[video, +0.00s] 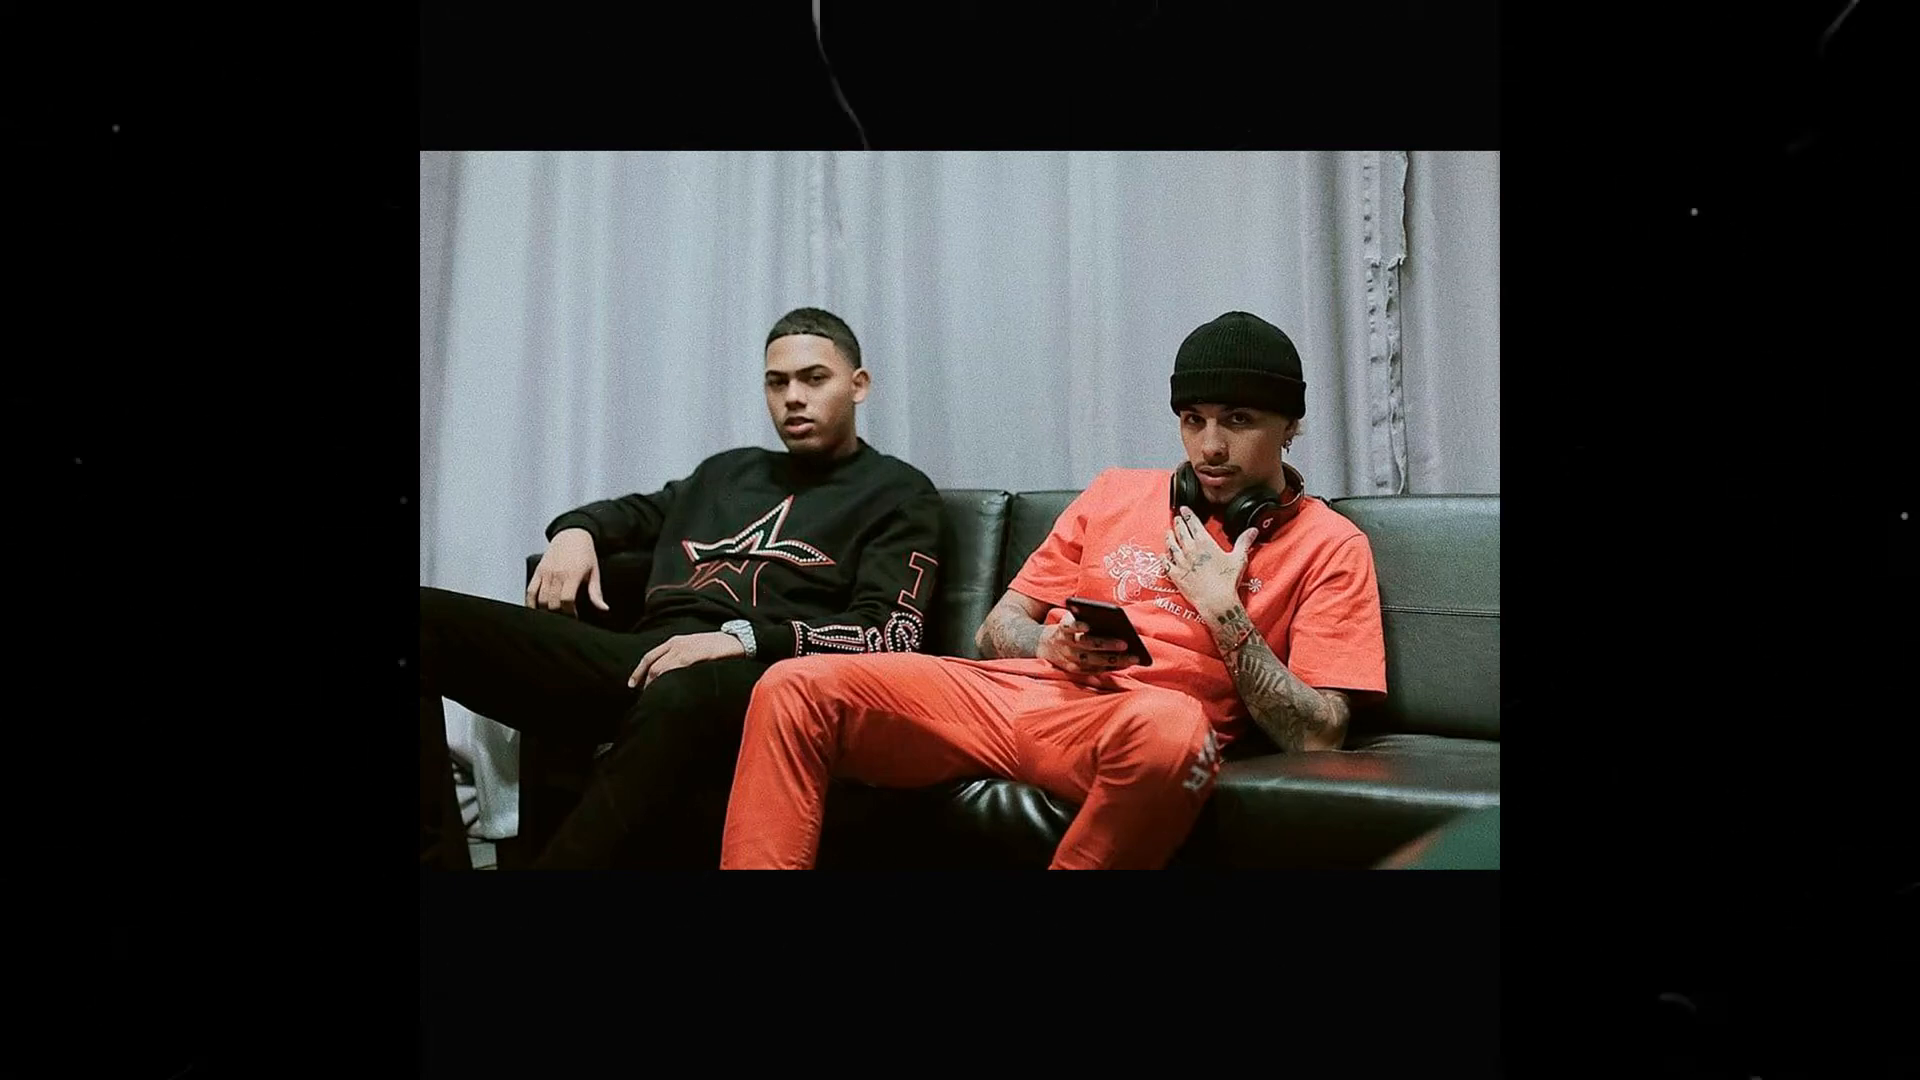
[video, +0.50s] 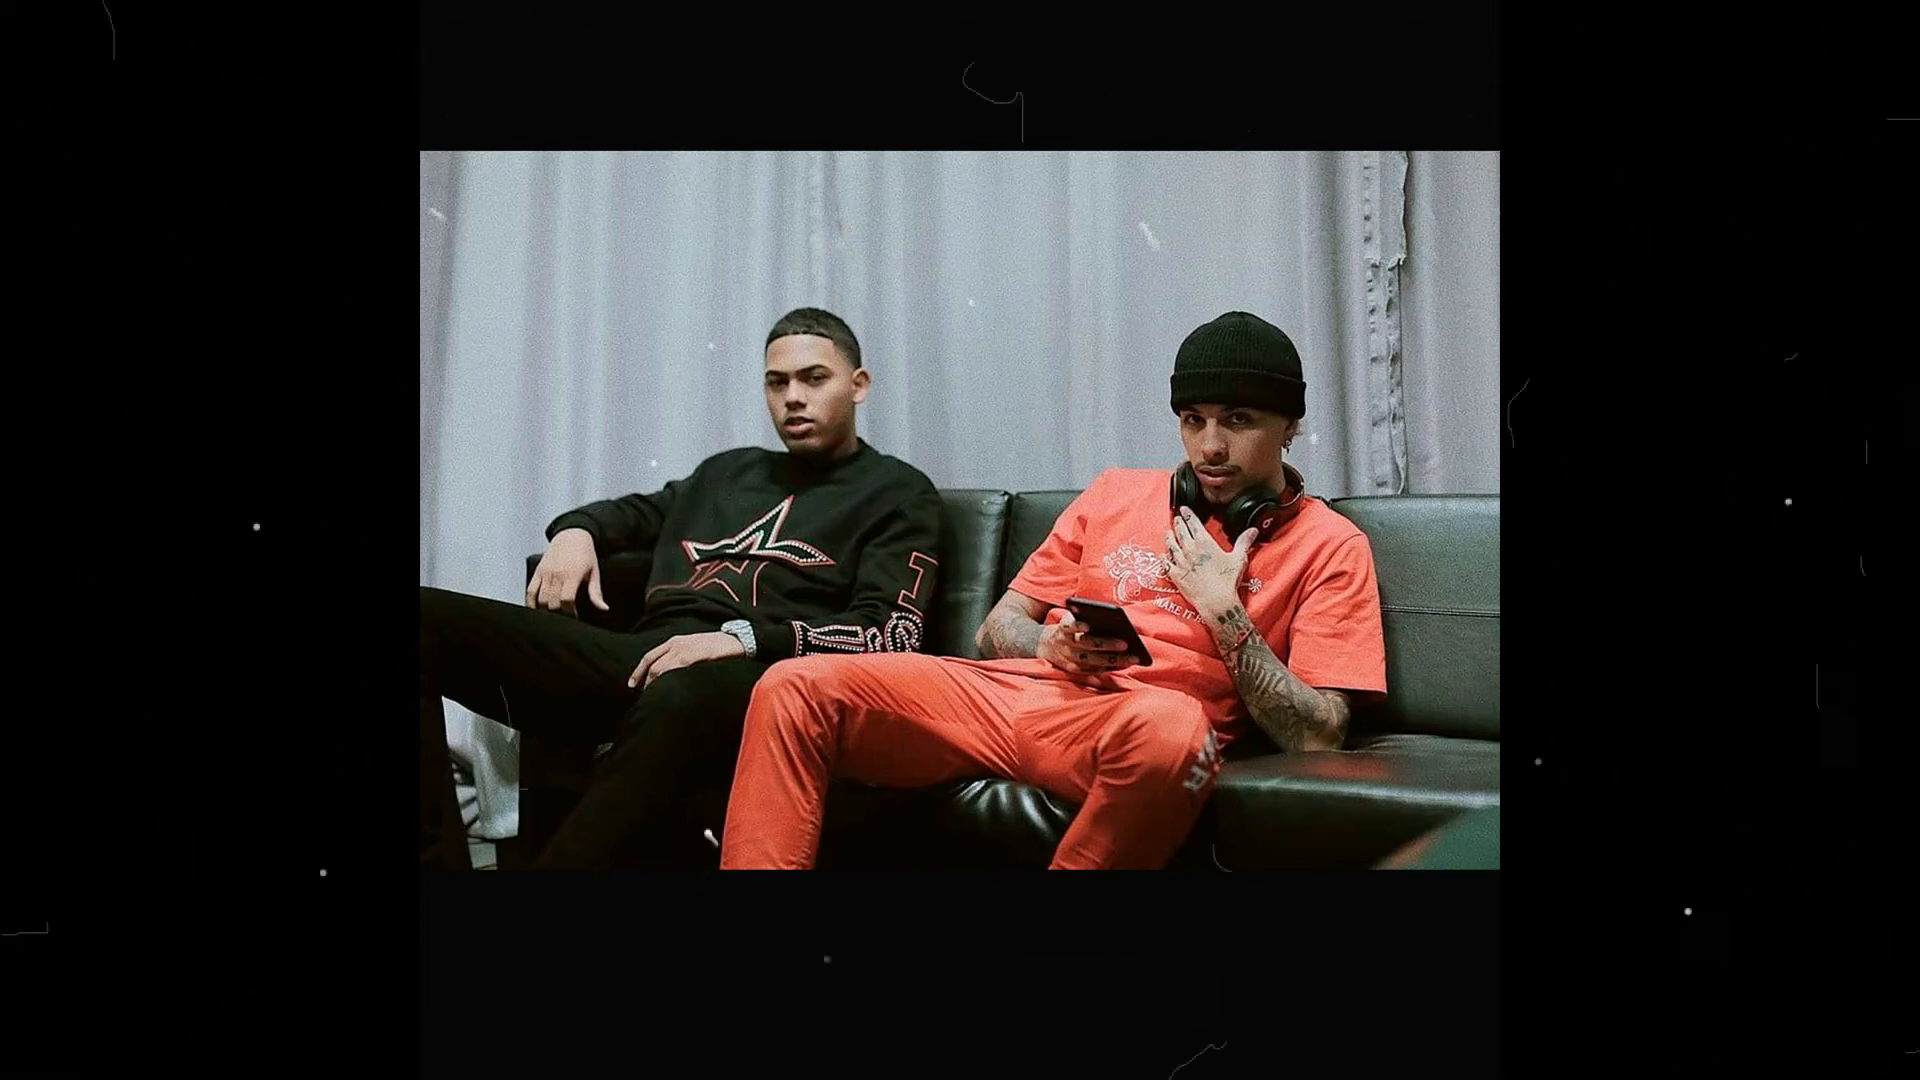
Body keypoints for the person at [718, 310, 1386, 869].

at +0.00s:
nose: (1210, 445)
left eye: (1237, 421)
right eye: (1195, 419)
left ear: (1288, 428)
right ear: (1179, 422)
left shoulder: (1328, 546)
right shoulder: (1117, 493)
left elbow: (1317, 735)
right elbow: (1000, 625)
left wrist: (1227, 615)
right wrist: (1052, 647)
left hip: (1132, 708)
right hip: (1014, 685)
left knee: (1170, 745)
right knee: (791, 694)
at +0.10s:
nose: (1210, 446)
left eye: (1237, 422)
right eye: (1195, 419)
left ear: (1289, 428)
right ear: (1178, 422)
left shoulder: (1328, 546)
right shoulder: (1117, 493)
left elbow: (1318, 736)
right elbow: (1000, 625)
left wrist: (1227, 615)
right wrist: (1051, 647)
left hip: (1132, 708)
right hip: (1013, 685)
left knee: (1170, 746)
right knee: (791, 694)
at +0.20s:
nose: (1210, 446)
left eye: (1238, 421)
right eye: (1195, 419)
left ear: (1289, 428)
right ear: (1178, 422)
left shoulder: (1328, 546)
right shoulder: (1117, 493)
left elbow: (1318, 736)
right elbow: (1000, 625)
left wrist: (1227, 615)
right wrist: (1051, 646)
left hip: (1132, 708)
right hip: (1013, 685)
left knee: (1170, 746)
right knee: (791, 694)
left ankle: (1042, 944)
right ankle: (761, 937)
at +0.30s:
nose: (1210, 445)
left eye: (1237, 421)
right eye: (1195, 419)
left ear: (1288, 428)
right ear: (1179, 421)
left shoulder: (1328, 546)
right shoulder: (1118, 493)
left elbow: (1317, 736)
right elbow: (1000, 625)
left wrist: (1226, 615)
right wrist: (1051, 646)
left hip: (1132, 708)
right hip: (1014, 685)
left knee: (1171, 745)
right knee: (792, 693)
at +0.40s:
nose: (1211, 445)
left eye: (1238, 421)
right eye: (1195, 419)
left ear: (1288, 429)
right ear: (1179, 422)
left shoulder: (1328, 546)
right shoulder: (1117, 493)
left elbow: (1318, 736)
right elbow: (999, 627)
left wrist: (1227, 615)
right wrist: (1052, 646)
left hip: (1132, 707)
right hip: (1014, 685)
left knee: (1170, 745)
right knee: (791, 694)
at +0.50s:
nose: (1210, 445)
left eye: (1238, 421)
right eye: (1195, 419)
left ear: (1288, 428)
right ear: (1179, 422)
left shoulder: (1328, 546)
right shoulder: (1117, 493)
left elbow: (1317, 735)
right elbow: (1000, 625)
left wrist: (1227, 615)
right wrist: (1051, 647)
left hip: (1132, 708)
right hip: (1015, 685)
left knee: (1170, 745)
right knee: (791, 694)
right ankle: (760, 926)